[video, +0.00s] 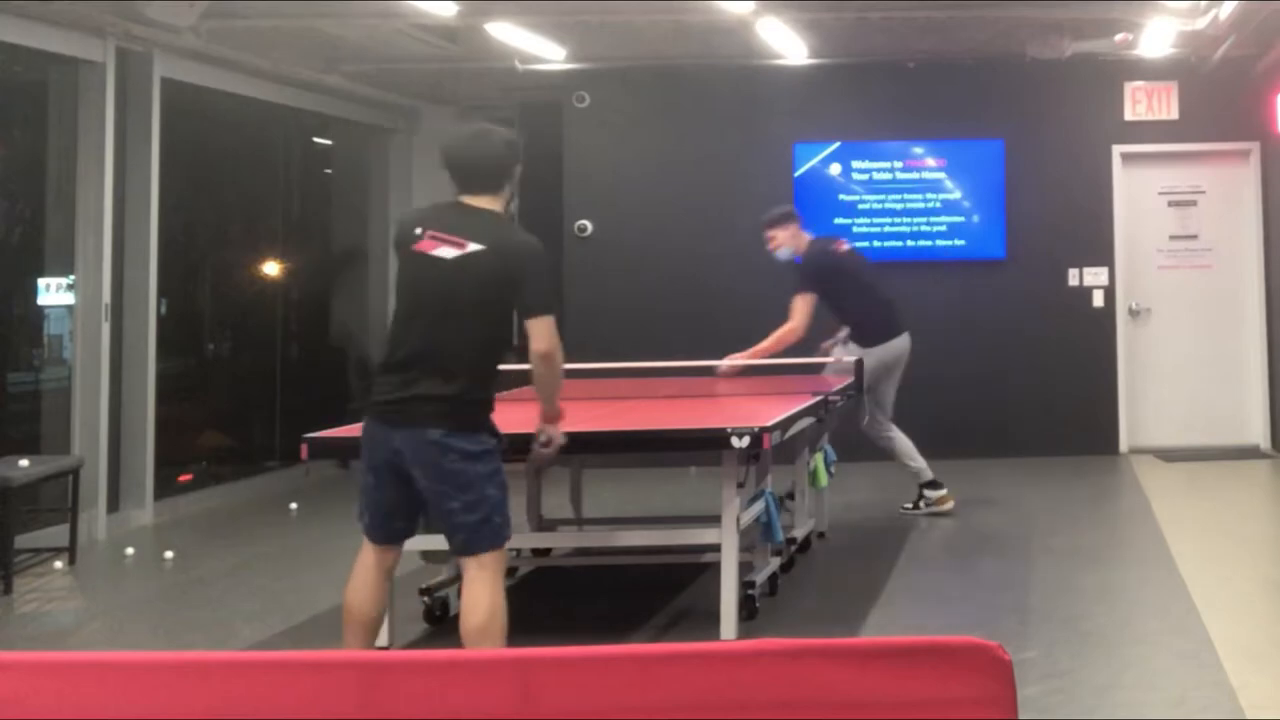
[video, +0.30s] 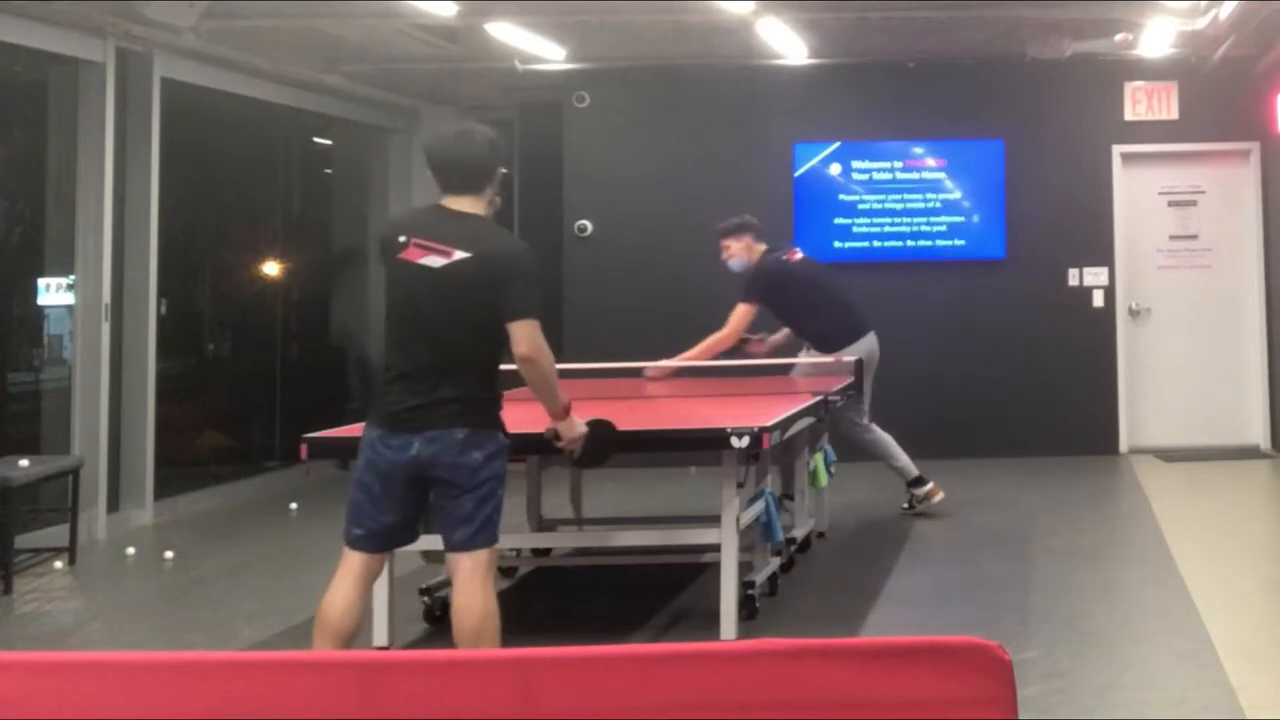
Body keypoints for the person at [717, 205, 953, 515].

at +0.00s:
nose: (770, 245)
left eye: (774, 237)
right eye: (767, 239)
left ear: (795, 229)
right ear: (798, 232)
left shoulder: (810, 262)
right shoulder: (833, 248)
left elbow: (796, 328)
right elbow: (866, 301)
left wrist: (745, 357)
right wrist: (838, 339)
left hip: (868, 347)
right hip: (896, 341)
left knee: (816, 412)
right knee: (877, 423)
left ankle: (800, 493)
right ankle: (932, 488)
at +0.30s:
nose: (725, 255)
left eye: (729, 247)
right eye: (723, 249)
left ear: (752, 242)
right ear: (752, 242)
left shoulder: (761, 272)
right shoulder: (789, 258)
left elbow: (730, 335)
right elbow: (812, 312)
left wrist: (673, 364)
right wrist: (770, 342)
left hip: (828, 354)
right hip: (864, 345)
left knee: (791, 424)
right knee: (856, 423)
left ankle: (786, 501)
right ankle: (919, 484)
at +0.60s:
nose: (739, 221)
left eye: (748, 214)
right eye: (739, 215)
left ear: (771, 219)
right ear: (765, 220)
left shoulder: (767, 252)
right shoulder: (795, 248)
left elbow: (711, 291)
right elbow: (785, 314)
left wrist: (649, 313)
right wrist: (735, 308)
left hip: (823, 356)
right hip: (845, 349)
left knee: (781, 432)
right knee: (849, 425)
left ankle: (785, 507)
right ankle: (917, 477)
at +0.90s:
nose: (790, 194)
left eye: (799, 190)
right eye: (793, 189)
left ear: (819, 200)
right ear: (820, 204)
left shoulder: (810, 229)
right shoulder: (835, 239)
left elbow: (745, 214)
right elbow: (810, 301)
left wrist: (697, 174)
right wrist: (752, 292)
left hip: (826, 346)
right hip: (858, 345)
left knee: (784, 423)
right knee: (856, 423)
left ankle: (786, 504)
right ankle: (927, 481)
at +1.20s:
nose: (829, 188)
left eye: (838, 184)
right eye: (832, 182)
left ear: (855, 196)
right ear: (852, 198)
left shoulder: (846, 230)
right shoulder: (863, 234)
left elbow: (790, 238)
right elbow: (862, 300)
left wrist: (747, 212)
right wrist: (826, 341)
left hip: (862, 342)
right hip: (888, 339)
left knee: (814, 411)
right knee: (887, 421)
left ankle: (795, 494)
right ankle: (939, 490)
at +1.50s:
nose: (825, 196)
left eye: (834, 191)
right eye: (827, 190)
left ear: (852, 201)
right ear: (851, 205)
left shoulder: (851, 237)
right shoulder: (868, 238)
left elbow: (868, 286)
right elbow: (913, 287)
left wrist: (826, 314)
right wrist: (898, 326)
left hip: (872, 344)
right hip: (899, 342)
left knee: (828, 417)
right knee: (887, 421)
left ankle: (797, 493)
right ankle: (938, 490)